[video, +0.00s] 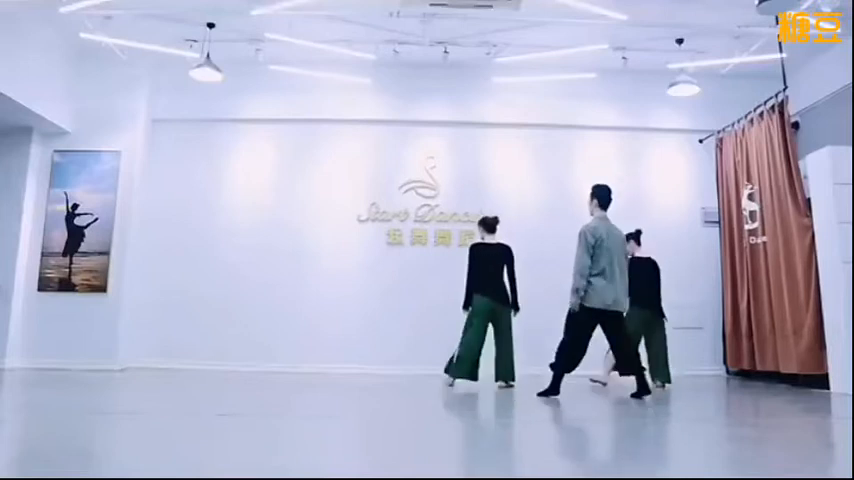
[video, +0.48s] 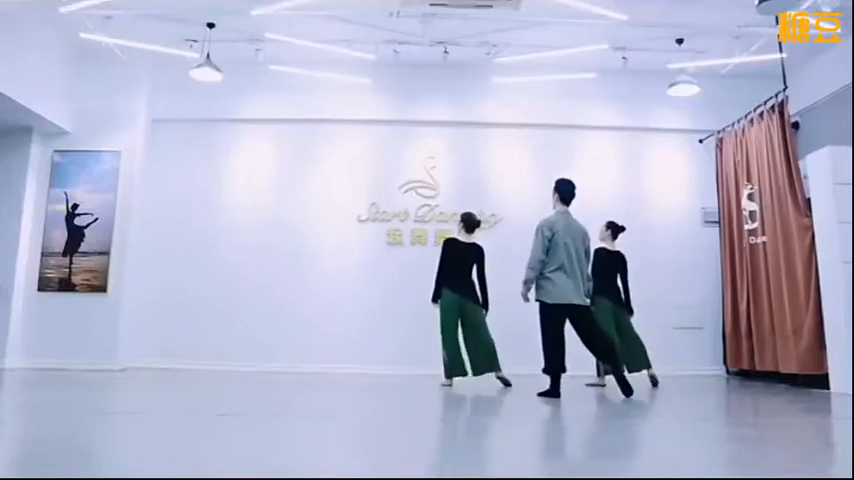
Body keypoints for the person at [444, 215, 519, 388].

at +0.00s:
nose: (478, 232)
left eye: (478, 230)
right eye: (479, 230)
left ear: (481, 230)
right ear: (495, 230)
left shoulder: (475, 248)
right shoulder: (505, 249)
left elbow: (470, 277)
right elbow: (511, 278)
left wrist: (466, 301)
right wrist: (515, 301)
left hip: (480, 298)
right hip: (501, 300)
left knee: (471, 336)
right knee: (504, 340)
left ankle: (454, 372)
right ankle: (505, 377)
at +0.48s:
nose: (459, 225)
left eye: (460, 223)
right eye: (462, 223)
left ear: (461, 225)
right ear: (476, 228)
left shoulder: (449, 243)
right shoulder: (477, 249)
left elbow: (441, 270)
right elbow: (481, 278)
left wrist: (436, 293)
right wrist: (485, 302)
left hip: (449, 292)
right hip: (469, 294)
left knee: (448, 334)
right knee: (483, 333)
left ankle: (449, 376)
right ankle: (497, 370)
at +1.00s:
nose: (460, 229)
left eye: (454, 224)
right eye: (463, 226)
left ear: (450, 225)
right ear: (466, 228)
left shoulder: (439, 244)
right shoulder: (468, 249)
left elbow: (433, 271)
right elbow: (473, 276)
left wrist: (431, 294)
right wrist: (478, 299)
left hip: (444, 293)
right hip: (465, 294)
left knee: (446, 334)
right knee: (480, 330)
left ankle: (447, 376)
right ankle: (497, 366)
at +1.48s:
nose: (458, 229)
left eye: (455, 225)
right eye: (461, 227)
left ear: (449, 226)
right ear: (465, 228)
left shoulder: (438, 244)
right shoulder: (467, 249)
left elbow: (432, 272)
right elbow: (473, 276)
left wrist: (431, 294)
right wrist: (478, 299)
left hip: (445, 294)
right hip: (465, 294)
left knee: (447, 334)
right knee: (480, 331)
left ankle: (447, 376)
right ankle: (497, 366)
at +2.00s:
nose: (456, 231)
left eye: (454, 226)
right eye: (460, 228)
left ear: (448, 226)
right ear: (463, 230)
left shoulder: (437, 244)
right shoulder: (467, 249)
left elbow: (432, 272)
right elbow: (473, 276)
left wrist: (430, 295)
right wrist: (478, 299)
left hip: (445, 293)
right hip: (465, 294)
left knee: (446, 334)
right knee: (480, 331)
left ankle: (447, 376)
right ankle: (497, 367)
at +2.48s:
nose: (459, 235)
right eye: (461, 232)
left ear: (446, 228)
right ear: (461, 232)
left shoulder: (435, 244)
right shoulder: (465, 249)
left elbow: (430, 271)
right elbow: (472, 277)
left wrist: (430, 294)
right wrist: (479, 300)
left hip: (444, 292)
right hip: (465, 293)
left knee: (446, 333)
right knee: (480, 331)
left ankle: (448, 376)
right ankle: (497, 367)